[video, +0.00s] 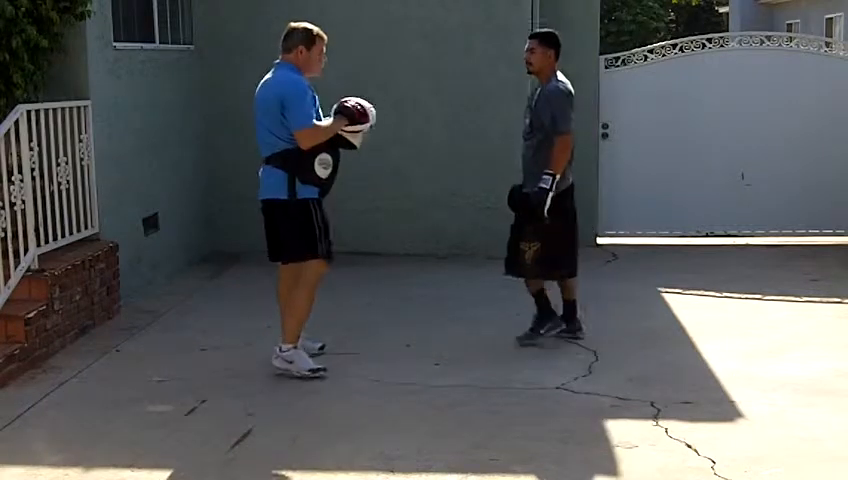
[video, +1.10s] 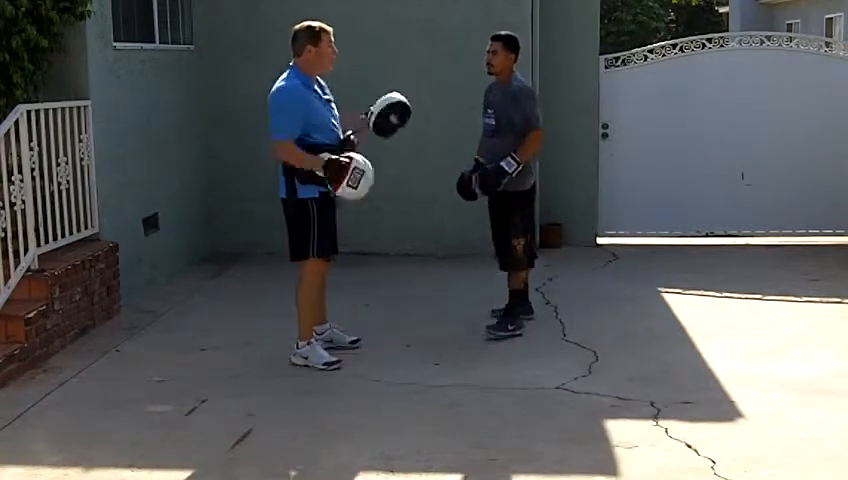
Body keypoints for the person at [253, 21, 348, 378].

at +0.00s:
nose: (323, 59)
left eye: (323, 52)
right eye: (320, 52)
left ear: (293, 52)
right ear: (301, 51)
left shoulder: (273, 82)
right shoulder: (293, 85)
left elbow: (299, 133)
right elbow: (306, 137)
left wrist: (336, 127)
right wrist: (337, 124)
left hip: (277, 190)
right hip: (295, 192)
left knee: (290, 265)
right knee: (316, 263)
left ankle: (291, 339)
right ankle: (289, 349)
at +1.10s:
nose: (335, 51)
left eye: (334, 45)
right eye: (330, 45)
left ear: (312, 51)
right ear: (310, 51)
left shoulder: (314, 84)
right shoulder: (287, 91)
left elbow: (322, 136)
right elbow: (283, 149)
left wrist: (352, 134)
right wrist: (323, 165)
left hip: (320, 189)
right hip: (302, 193)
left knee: (322, 260)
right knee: (312, 262)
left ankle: (319, 330)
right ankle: (304, 345)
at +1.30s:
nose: (345, 53)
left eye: (343, 46)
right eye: (340, 46)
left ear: (320, 51)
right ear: (321, 50)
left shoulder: (318, 83)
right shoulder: (298, 88)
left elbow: (326, 133)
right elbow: (279, 138)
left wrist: (353, 145)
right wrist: (279, 184)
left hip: (326, 190)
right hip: (311, 192)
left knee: (322, 261)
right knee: (316, 263)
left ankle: (319, 330)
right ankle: (304, 344)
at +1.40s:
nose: (345, 52)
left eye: (344, 46)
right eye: (341, 45)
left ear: (319, 49)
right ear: (325, 48)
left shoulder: (318, 82)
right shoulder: (305, 84)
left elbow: (314, 133)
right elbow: (288, 134)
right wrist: (284, 174)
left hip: (325, 189)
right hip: (313, 191)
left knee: (322, 260)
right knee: (317, 262)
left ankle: (318, 329)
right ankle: (305, 344)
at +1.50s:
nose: (345, 52)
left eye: (343, 46)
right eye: (341, 46)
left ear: (313, 50)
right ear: (325, 48)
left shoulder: (294, 82)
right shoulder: (316, 81)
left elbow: (282, 131)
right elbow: (306, 127)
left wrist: (303, 154)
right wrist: (317, 159)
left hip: (306, 190)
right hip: (318, 192)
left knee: (314, 261)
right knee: (319, 262)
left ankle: (318, 329)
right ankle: (305, 344)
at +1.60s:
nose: (343, 52)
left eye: (342, 46)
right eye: (339, 46)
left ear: (311, 51)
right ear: (322, 49)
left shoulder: (289, 84)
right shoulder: (321, 79)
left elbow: (274, 134)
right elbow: (328, 113)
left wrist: (306, 153)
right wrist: (355, 130)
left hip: (301, 187)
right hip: (320, 188)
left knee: (312, 261)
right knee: (319, 262)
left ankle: (318, 329)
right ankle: (305, 344)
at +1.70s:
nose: (341, 51)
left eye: (340, 45)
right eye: (337, 46)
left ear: (309, 52)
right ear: (319, 49)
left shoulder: (285, 86)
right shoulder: (323, 78)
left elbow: (273, 138)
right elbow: (351, 100)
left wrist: (312, 150)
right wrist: (395, 104)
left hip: (300, 188)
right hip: (322, 188)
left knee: (312, 261)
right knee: (321, 262)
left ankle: (320, 328)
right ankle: (305, 345)